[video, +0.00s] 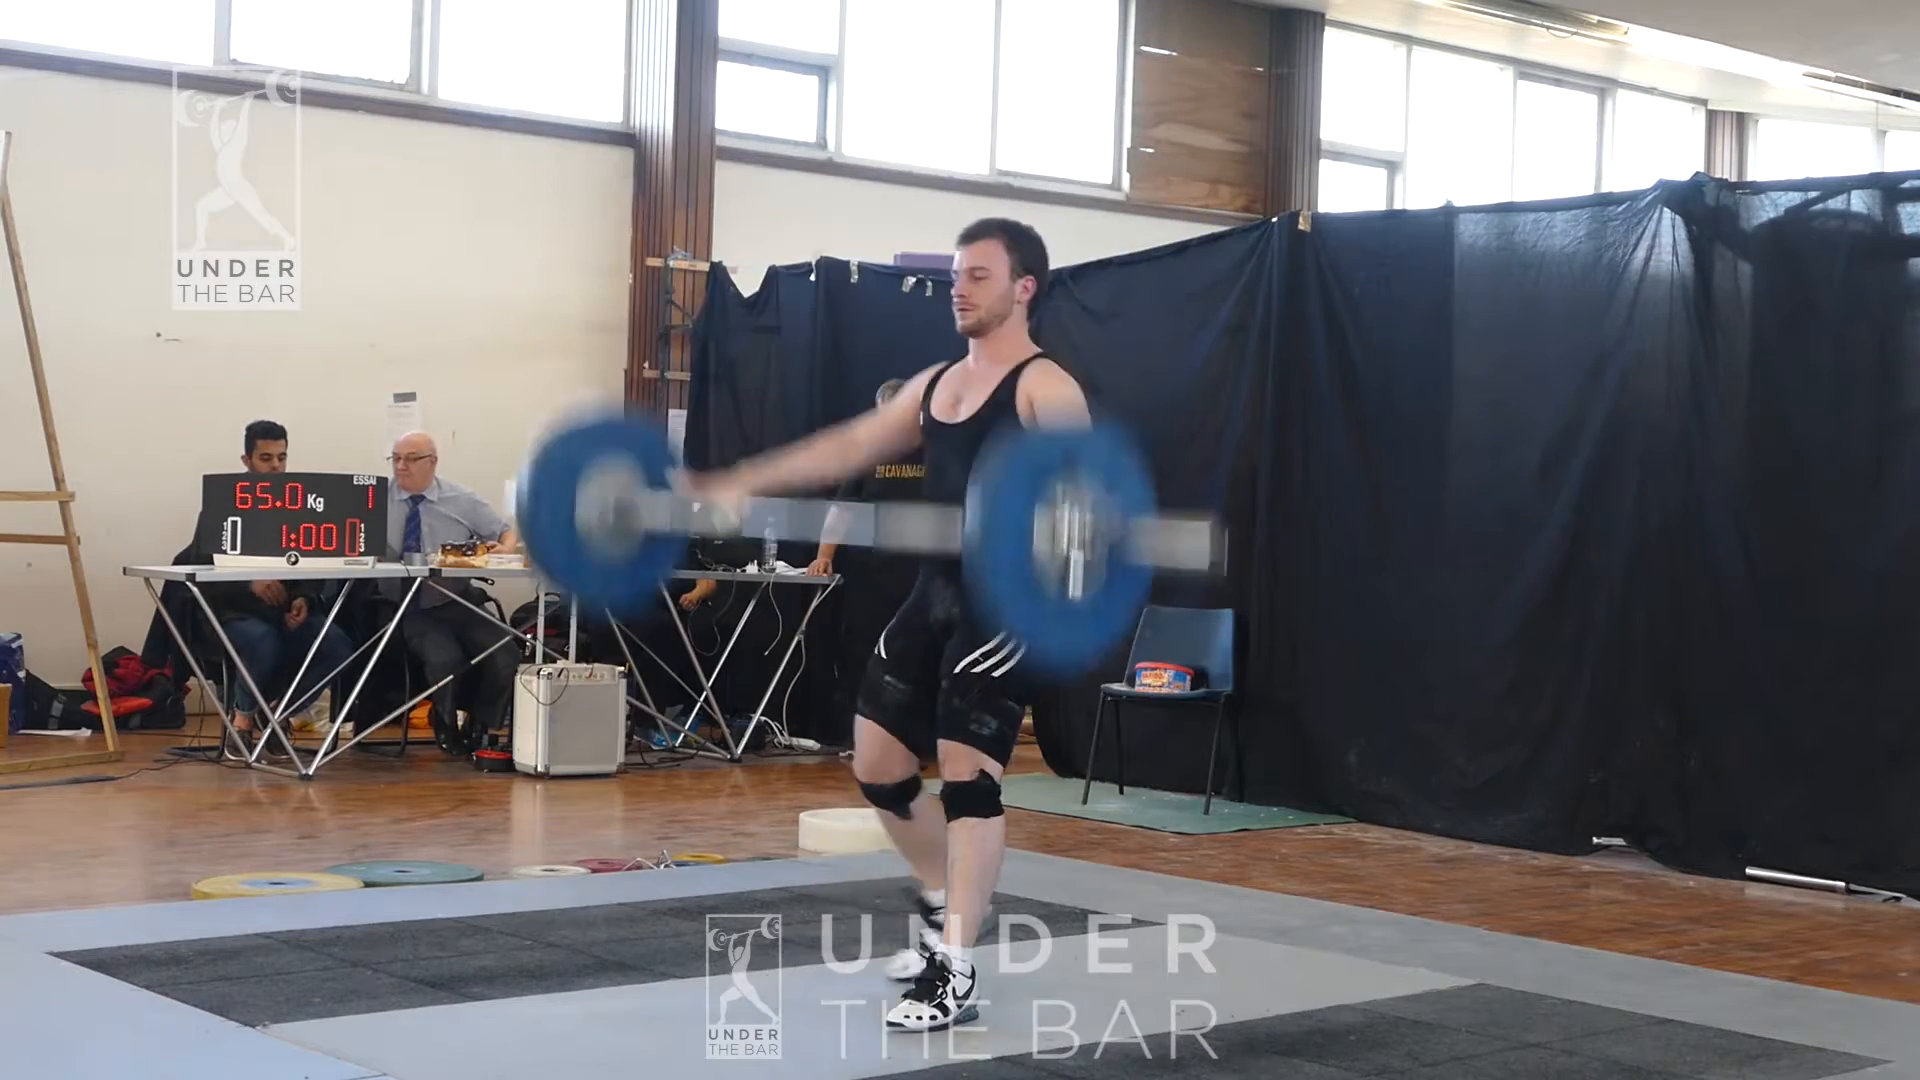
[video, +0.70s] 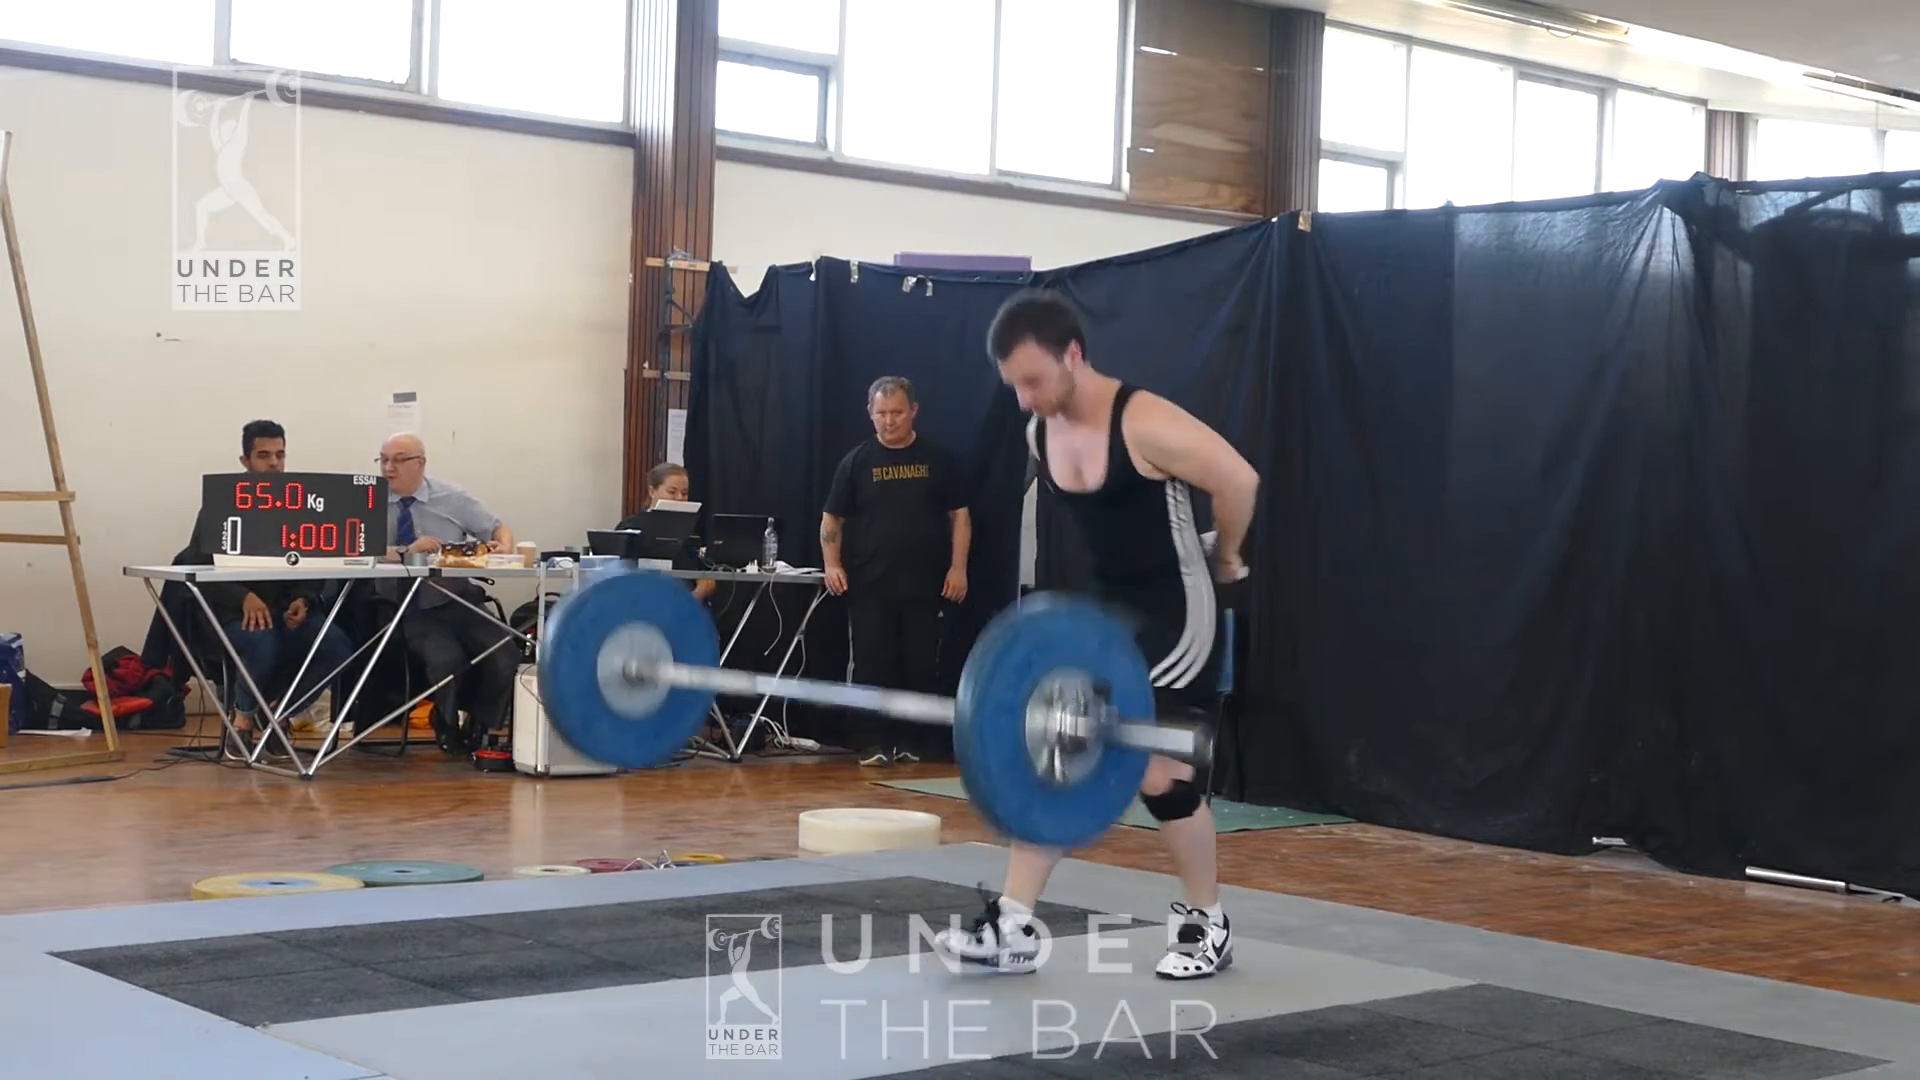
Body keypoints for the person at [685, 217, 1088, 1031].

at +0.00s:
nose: (959, 289)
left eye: (977, 276)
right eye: (957, 276)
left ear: (1024, 289)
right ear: (959, 287)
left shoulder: (1046, 386)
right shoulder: (934, 385)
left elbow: (1088, 498)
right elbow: (846, 448)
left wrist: (1060, 557)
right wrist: (734, 482)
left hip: (1008, 601)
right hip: (937, 593)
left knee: (966, 768)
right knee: (880, 763)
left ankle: (955, 972)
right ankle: (947, 906)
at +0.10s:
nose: (968, 298)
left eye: (986, 285)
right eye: (965, 286)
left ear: (1033, 299)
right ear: (967, 297)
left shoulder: (1058, 402)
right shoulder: (952, 396)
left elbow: (1094, 517)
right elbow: (906, 508)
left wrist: (1084, 624)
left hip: (1013, 633)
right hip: (937, 624)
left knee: (975, 789)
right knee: (913, 784)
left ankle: (957, 962)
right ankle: (1004, 909)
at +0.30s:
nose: (981, 298)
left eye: (998, 285)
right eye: (978, 285)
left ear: (1044, 295)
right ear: (980, 295)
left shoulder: (1084, 393)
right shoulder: (970, 394)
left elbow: (1135, 498)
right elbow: (958, 512)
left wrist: (1149, 610)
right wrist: (944, 614)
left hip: (1056, 620)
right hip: (981, 612)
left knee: (972, 757)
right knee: (972, 763)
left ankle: (992, 938)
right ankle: (1010, 920)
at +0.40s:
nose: (991, 301)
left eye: (1006, 287)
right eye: (986, 288)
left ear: (1053, 290)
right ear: (987, 294)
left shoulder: (1092, 380)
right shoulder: (981, 389)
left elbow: (1160, 473)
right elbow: (971, 494)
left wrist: (1146, 584)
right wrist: (957, 590)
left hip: (1071, 614)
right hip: (994, 612)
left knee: (1056, 766)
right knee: (984, 762)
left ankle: (1061, 938)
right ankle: (1002, 930)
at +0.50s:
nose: (1002, 313)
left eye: (1016, 299)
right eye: (996, 300)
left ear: (1061, 296)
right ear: (995, 303)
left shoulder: (1106, 380)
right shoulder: (998, 390)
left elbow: (1185, 468)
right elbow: (996, 496)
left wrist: (1168, 583)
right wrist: (1002, 578)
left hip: (1095, 606)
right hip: (1017, 603)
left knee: (1081, 761)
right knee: (1003, 756)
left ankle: (1127, 923)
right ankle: (1005, 927)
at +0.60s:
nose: (1011, 346)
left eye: (1022, 329)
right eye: (1003, 331)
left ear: (1067, 316)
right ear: (1001, 327)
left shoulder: (1122, 393)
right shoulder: (1021, 400)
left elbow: (1215, 470)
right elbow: (1040, 497)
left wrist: (1195, 565)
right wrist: (1023, 585)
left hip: (1122, 607)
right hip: (1043, 601)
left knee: (1121, 767)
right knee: (1022, 761)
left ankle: (1190, 909)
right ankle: (1005, 926)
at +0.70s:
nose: (1024, 398)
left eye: (1031, 380)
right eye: (1014, 385)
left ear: (1072, 358)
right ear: (1009, 376)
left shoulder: (1144, 420)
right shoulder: (1041, 428)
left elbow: (1239, 481)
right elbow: (1086, 504)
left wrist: (1227, 556)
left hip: (1175, 614)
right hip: (1095, 611)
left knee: (1161, 773)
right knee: (1055, 756)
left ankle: (1204, 921)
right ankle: (1014, 922)